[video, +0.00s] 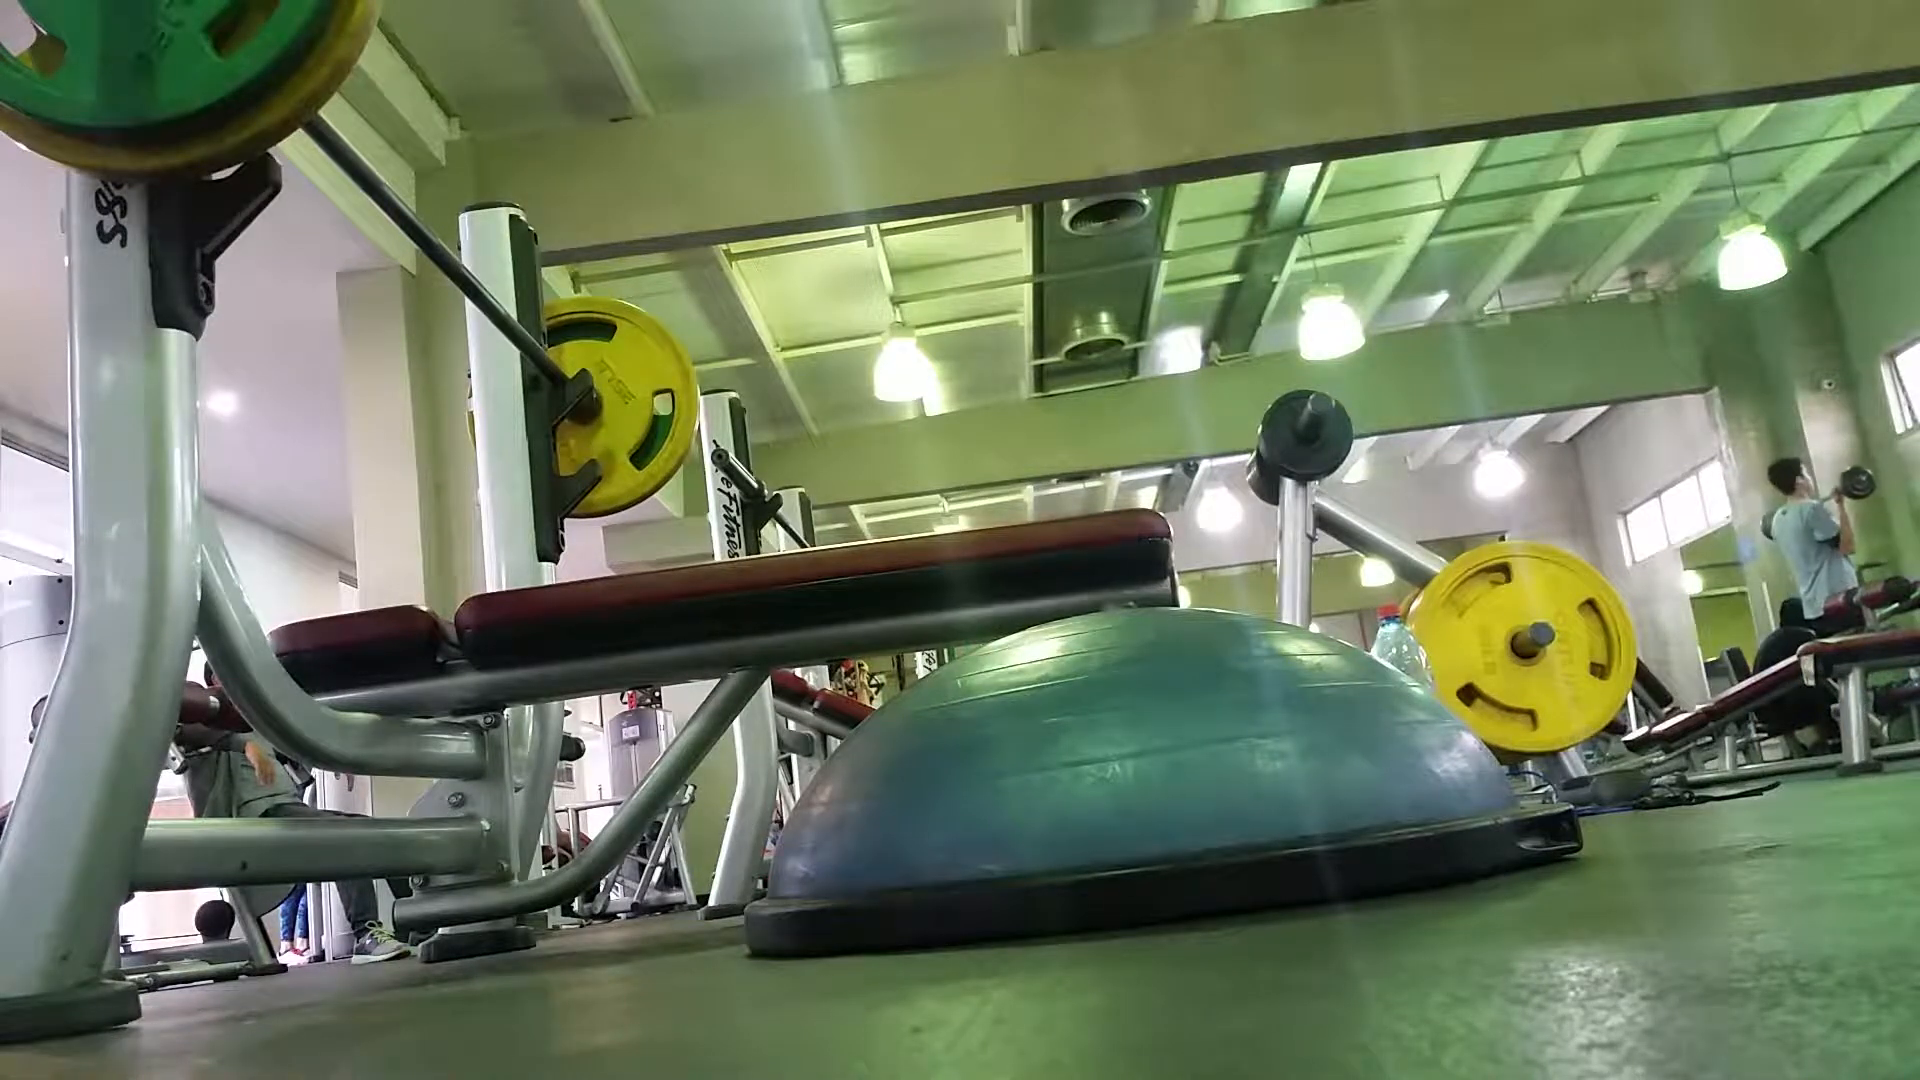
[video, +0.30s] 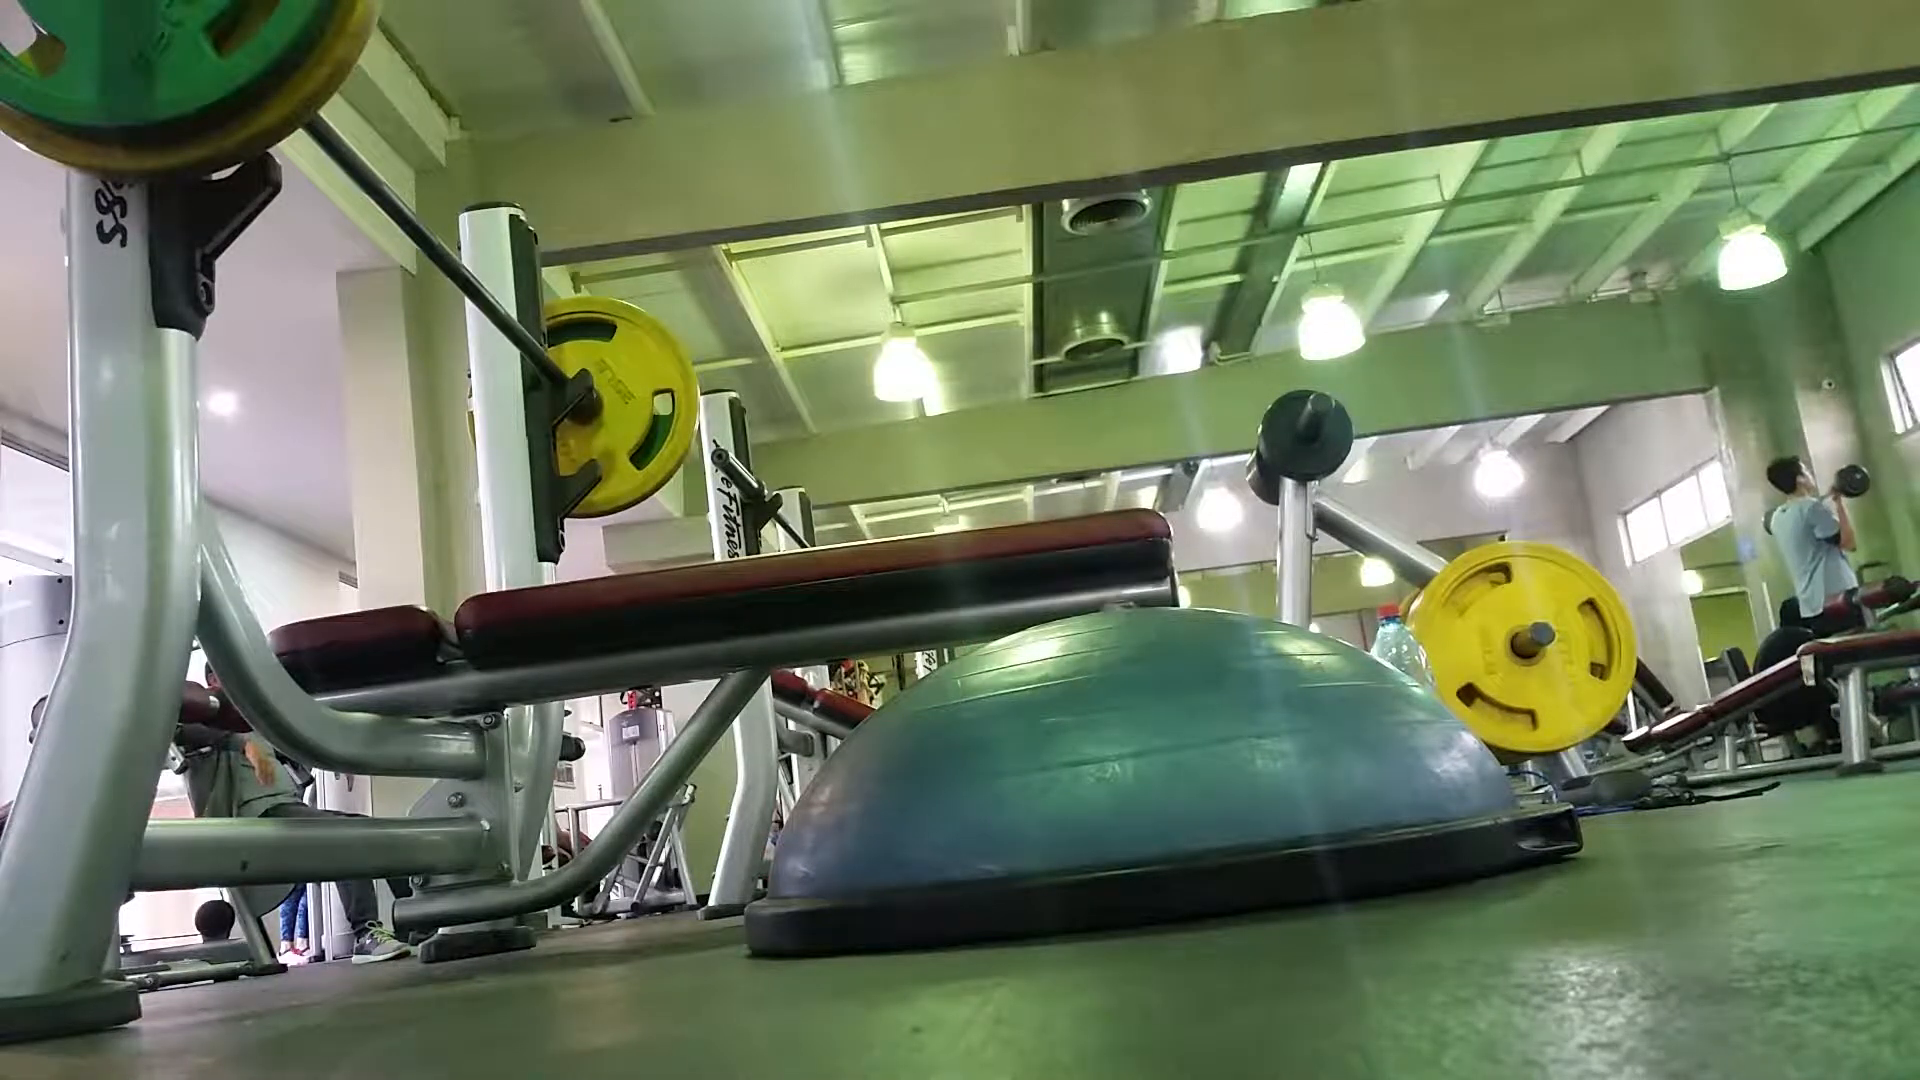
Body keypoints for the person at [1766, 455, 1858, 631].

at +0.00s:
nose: (1811, 478)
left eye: (1808, 473)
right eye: (1807, 474)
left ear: (1782, 487)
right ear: (1798, 481)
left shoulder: (1778, 519)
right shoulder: (1812, 510)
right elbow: (1847, 546)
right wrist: (1841, 505)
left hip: (1813, 608)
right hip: (1839, 602)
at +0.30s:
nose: (1812, 475)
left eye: (1808, 470)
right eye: (1807, 471)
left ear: (1783, 486)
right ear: (1800, 479)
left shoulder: (1777, 518)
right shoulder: (1812, 508)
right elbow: (1848, 543)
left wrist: (1829, 497)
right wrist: (1839, 502)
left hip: (1810, 606)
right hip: (1838, 600)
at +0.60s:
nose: (1812, 474)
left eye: (1809, 468)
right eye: (1808, 469)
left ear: (1783, 484)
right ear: (1801, 476)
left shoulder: (1776, 516)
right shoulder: (1813, 506)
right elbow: (1849, 539)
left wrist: (1826, 493)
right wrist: (1837, 496)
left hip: (1807, 606)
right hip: (1836, 600)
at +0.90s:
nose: (1810, 478)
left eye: (1807, 473)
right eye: (1805, 474)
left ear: (1782, 486)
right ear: (1797, 481)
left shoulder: (1774, 520)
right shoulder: (1806, 511)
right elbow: (1840, 548)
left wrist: (1823, 504)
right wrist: (1833, 508)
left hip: (1805, 609)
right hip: (1832, 603)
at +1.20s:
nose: (1812, 477)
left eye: (1809, 472)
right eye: (1807, 473)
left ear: (1782, 484)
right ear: (1798, 479)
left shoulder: (1774, 518)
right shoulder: (1808, 509)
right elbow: (1838, 550)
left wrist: (1830, 504)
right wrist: (1840, 507)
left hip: (1807, 607)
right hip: (1835, 600)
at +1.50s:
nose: (1810, 477)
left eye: (1806, 472)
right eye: (1804, 473)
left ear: (1781, 488)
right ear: (1798, 481)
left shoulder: (1775, 520)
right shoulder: (1806, 506)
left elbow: (1781, 564)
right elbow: (1815, 555)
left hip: (1808, 610)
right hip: (1835, 602)